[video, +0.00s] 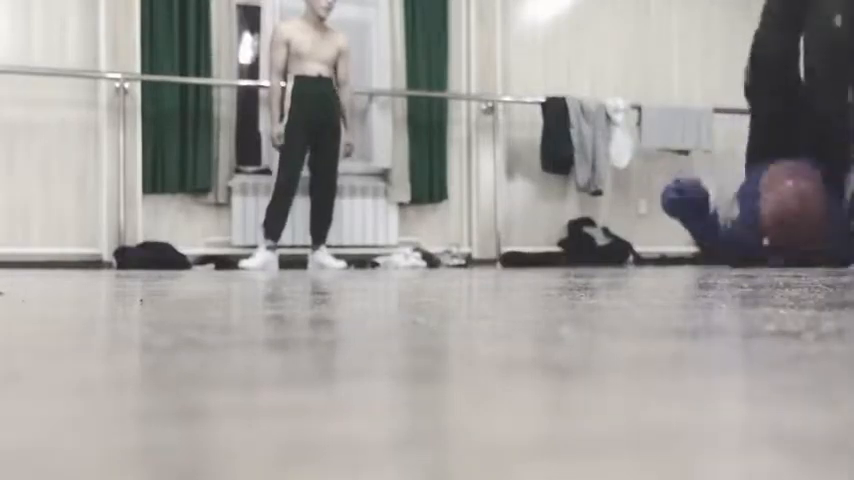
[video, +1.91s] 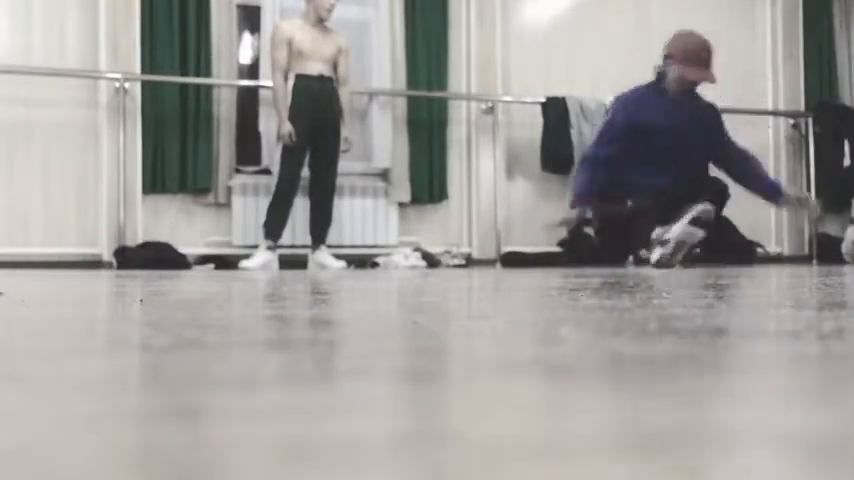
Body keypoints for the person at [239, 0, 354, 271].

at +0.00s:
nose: (328, 4)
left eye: (331, 1)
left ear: (332, 6)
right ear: (310, 1)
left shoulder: (338, 39)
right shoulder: (285, 31)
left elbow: (343, 87)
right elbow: (276, 78)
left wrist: (348, 129)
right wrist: (276, 122)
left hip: (327, 100)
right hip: (297, 99)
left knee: (325, 180)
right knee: (287, 177)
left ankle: (319, 251)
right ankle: (268, 249)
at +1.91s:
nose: (331, 6)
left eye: (333, 2)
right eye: (326, 1)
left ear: (331, 7)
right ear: (311, 2)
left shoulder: (337, 40)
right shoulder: (286, 30)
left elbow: (343, 84)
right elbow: (279, 76)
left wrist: (345, 127)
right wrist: (283, 119)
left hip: (329, 100)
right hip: (299, 97)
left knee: (324, 180)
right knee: (288, 177)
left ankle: (319, 250)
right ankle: (268, 248)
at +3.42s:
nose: (329, 5)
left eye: (332, 2)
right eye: (324, 0)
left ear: (332, 6)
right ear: (310, 1)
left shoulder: (335, 38)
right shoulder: (284, 30)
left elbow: (352, 78)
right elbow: (264, 72)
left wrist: (339, 88)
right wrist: (292, 86)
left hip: (328, 107)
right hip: (299, 106)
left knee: (324, 180)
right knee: (288, 178)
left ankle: (319, 251)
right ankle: (269, 250)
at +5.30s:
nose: (325, 5)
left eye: (329, 2)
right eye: (321, 1)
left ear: (331, 5)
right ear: (307, 1)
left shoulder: (333, 36)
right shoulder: (283, 26)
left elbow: (344, 73)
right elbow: (255, 60)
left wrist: (336, 91)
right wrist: (277, 80)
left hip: (324, 109)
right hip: (294, 107)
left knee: (327, 184)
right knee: (283, 181)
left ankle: (319, 252)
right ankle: (267, 250)